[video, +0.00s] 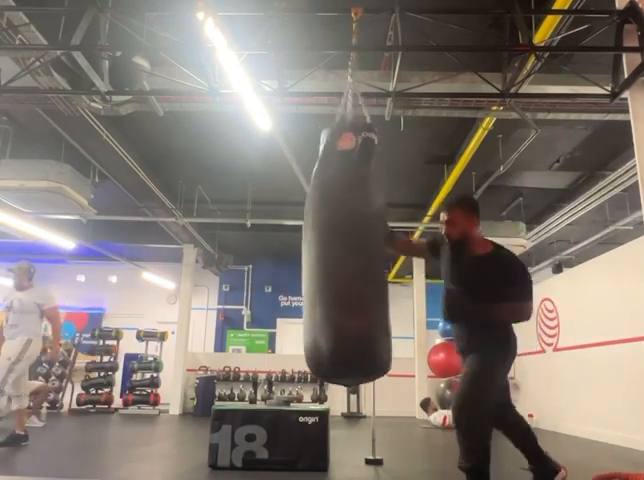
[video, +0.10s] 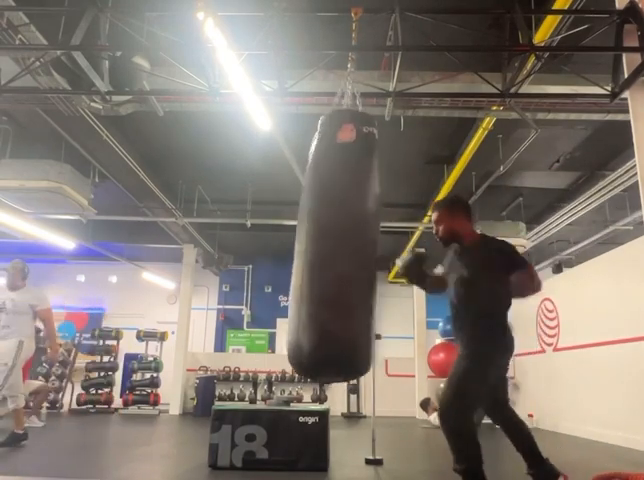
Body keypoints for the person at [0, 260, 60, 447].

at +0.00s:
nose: (15, 278)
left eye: (19, 275)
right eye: (14, 274)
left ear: (29, 276)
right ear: (15, 276)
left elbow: (55, 319)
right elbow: (8, 322)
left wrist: (55, 347)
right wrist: (3, 341)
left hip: (29, 342)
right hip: (11, 341)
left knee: (6, 376)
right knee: (18, 386)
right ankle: (20, 430)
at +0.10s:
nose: (8, 276)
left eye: (13, 273)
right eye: (8, 272)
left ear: (23, 276)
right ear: (7, 274)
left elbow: (48, 321)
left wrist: (53, 347)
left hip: (21, 344)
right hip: (4, 343)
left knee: (12, 384)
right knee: (11, 385)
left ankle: (19, 429)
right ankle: (19, 429)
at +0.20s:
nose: (1, 275)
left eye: (5, 272)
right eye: (2, 271)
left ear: (15, 274)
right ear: (9, 274)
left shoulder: (26, 293)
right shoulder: (6, 291)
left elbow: (41, 323)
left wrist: (44, 350)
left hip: (13, 341)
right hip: (4, 340)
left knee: (6, 381)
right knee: (6, 382)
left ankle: (16, 426)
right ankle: (16, 426)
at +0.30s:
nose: (1, 272)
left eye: (3, 267)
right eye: (1, 267)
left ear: (11, 269)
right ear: (5, 270)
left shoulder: (20, 291)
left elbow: (31, 322)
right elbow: (31, 321)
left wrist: (30, 349)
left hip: (7, 341)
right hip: (6, 341)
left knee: (4, 383)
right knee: (3, 384)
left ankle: (9, 423)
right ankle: (9, 423)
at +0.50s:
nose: (44, 327)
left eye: (44, 324)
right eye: (41, 324)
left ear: (38, 326)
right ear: (33, 325)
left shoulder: (33, 341)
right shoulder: (21, 340)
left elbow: (29, 360)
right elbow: (9, 359)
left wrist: (30, 373)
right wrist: (9, 380)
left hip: (23, 373)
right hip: (13, 374)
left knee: (42, 384)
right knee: (41, 385)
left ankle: (34, 415)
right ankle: (31, 416)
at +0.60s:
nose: (49, 323)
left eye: (49, 321)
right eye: (46, 320)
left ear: (42, 322)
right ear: (38, 321)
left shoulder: (36, 337)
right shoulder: (27, 335)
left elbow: (29, 357)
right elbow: (14, 354)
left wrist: (32, 371)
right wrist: (13, 375)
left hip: (25, 369)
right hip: (19, 369)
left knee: (42, 384)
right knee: (40, 384)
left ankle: (34, 414)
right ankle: (31, 416)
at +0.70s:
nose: (55, 318)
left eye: (55, 316)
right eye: (52, 316)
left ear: (48, 317)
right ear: (44, 316)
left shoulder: (44, 333)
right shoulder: (32, 330)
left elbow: (36, 351)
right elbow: (19, 348)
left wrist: (38, 365)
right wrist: (17, 368)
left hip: (30, 365)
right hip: (23, 365)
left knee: (42, 384)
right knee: (41, 385)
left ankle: (34, 414)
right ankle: (31, 416)